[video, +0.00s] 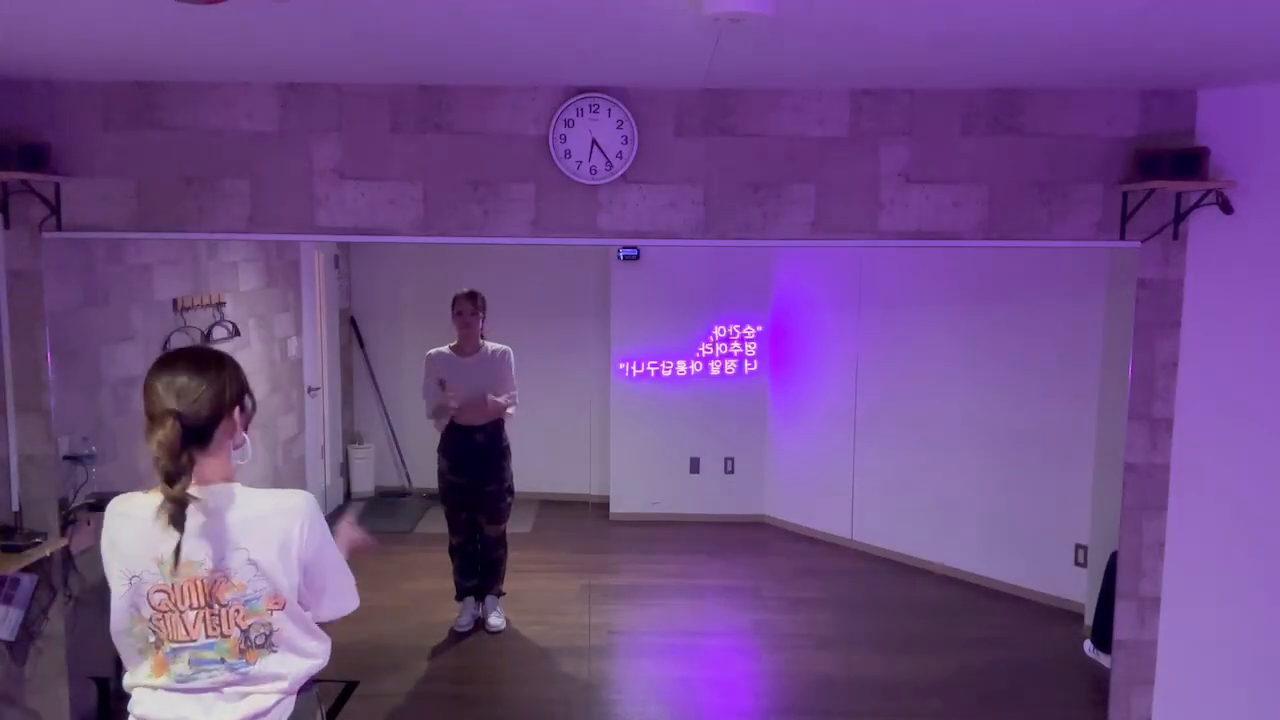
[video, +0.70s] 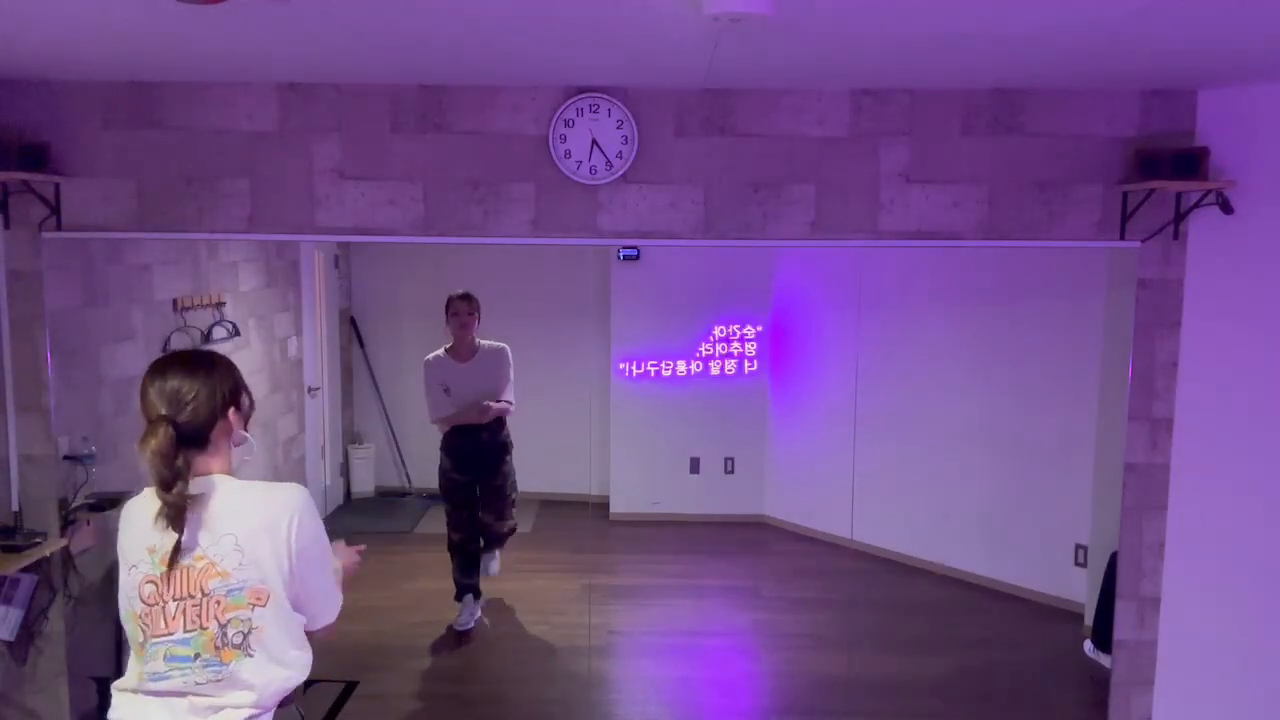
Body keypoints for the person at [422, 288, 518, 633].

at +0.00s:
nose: (465, 319)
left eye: (471, 313)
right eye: (459, 314)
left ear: (482, 318)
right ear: (452, 319)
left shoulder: (501, 355)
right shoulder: (436, 359)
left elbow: (511, 402)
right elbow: (431, 411)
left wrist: (499, 403)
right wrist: (444, 404)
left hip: (492, 445)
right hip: (455, 447)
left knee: (493, 525)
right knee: (459, 526)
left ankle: (493, 599)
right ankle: (468, 600)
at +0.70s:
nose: (462, 320)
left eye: (468, 314)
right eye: (455, 315)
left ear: (478, 319)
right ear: (446, 321)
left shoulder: (498, 353)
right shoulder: (434, 363)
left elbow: (507, 404)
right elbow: (437, 416)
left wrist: (489, 409)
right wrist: (474, 413)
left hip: (494, 442)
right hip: (457, 446)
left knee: (500, 519)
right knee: (459, 524)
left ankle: (490, 548)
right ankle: (468, 597)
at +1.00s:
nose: (471, 321)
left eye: (476, 314)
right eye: (463, 317)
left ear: (487, 318)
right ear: (457, 323)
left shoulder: (509, 350)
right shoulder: (458, 363)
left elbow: (524, 399)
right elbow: (473, 418)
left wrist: (536, 444)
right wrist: (487, 462)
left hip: (511, 437)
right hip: (474, 444)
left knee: (540, 519)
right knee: (469, 525)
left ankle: (502, 512)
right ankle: (469, 600)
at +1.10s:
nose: (483, 326)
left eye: (488, 318)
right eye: (475, 321)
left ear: (499, 321)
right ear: (468, 327)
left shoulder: (513, 350)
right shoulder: (474, 365)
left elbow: (523, 395)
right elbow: (488, 419)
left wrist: (539, 428)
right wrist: (500, 464)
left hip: (518, 441)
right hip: (483, 448)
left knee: (557, 511)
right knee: (477, 528)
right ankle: (469, 601)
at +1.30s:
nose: (516, 367)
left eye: (521, 360)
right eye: (509, 361)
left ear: (529, 360)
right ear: (500, 364)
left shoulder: (532, 379)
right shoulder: (505, 407)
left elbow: (533, 416)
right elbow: (520, 464)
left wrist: (557, 420)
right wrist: (561, 484)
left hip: (539, 472)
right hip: (510, 480)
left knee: (599, 527)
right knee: (493, 545)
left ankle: (613, 592)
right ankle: (470, 607)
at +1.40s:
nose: (532, 389)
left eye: (536, 382)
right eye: (524, 383)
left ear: (542, 382)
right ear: (514, 387)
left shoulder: (544, 399)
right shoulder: (515, 428)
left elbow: (544, 428)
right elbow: (529, 485)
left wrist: (573, 421)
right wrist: (582, 487)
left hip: (554, 488)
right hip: (521, 500)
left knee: (621, 530)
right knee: (493, 559)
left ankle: (618, 596)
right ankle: (470, 608)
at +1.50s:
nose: (538, 407)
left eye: (543, 400)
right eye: (531, 400)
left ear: (551, 399)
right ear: (521, 401)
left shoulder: (552, 412)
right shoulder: (519, 444)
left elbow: (558, 437)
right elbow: (534, 499)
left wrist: (591, 422)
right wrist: (583, 484)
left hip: (564, 503)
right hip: (528, 512)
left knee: (633, 533)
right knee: (489, 567)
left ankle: (618, 597)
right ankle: (471, 607)